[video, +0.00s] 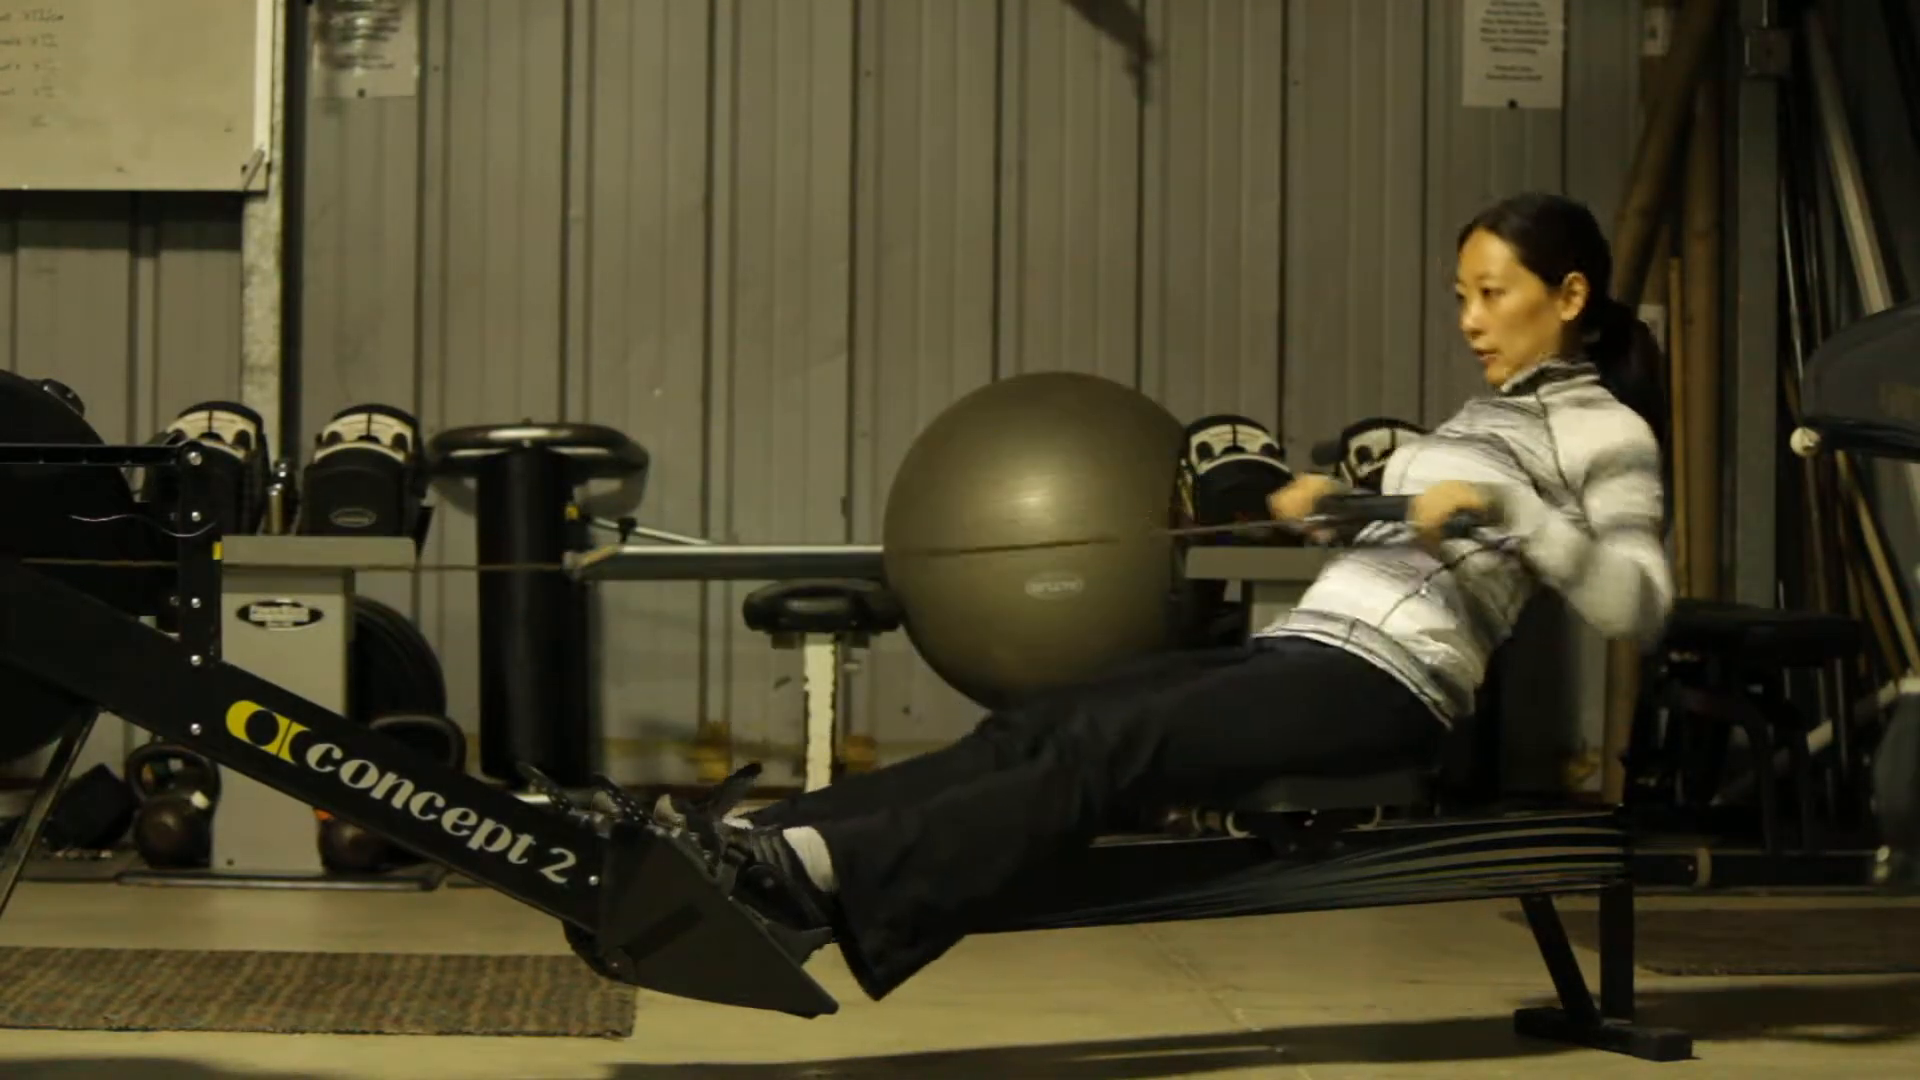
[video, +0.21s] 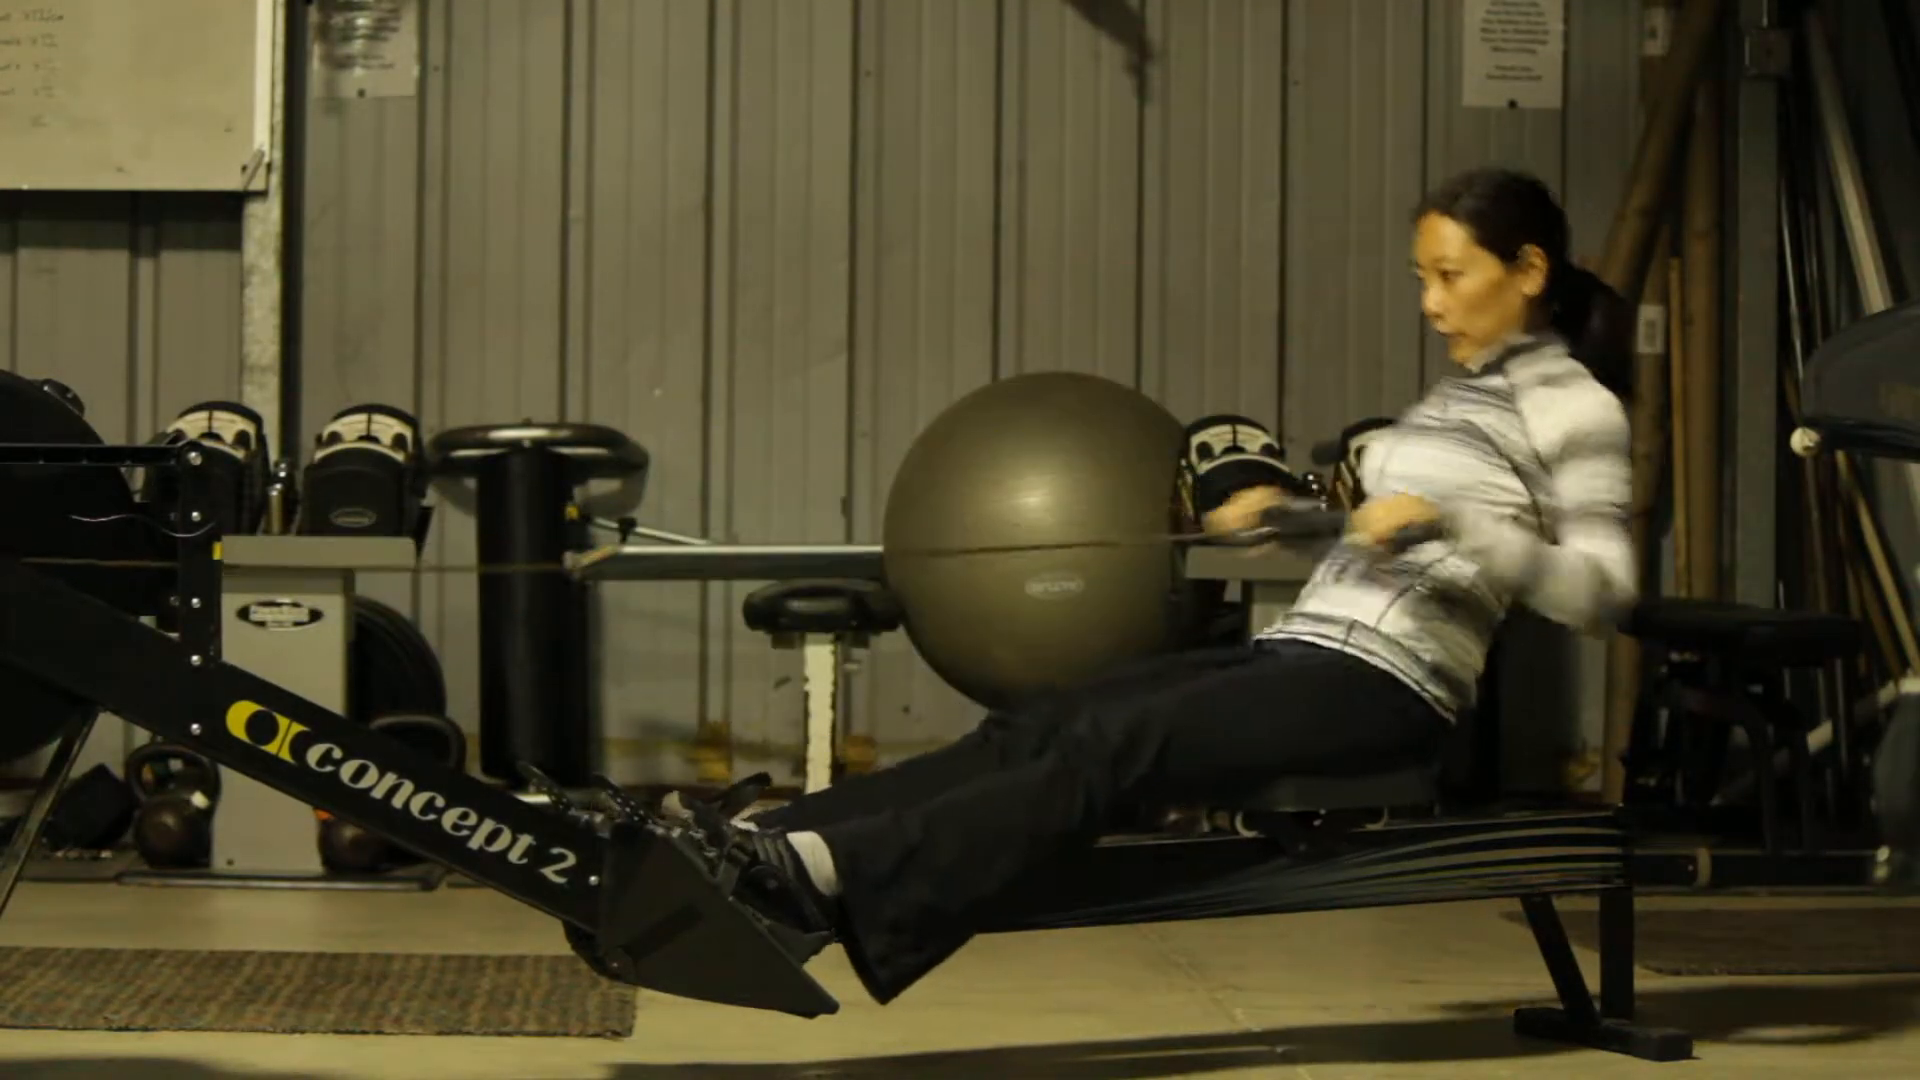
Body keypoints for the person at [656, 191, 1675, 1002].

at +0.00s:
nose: (1470, 319)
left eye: (1490, 295)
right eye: (1463, 297)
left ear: (1567, 297)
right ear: (1482, 301)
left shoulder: (1607, 429)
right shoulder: (1477, 412)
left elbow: (1636, 605)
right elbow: (1438, 532)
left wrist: (1505, 505)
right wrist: (1339, 505)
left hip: (1389, 680)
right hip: (1297, 654)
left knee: (1098, 740)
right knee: (1036, 719)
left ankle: (796, 883)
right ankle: (754, 846)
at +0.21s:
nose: (1432, 300)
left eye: (1450, 276)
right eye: (1426, 278)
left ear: (1528, 273)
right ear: (1456, 279)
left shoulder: (1575, 399)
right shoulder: (1444, 399)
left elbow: (1603, 589)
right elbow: (1395, 535)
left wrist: (1446, 519)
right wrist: (1281, 515)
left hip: (1390, 680)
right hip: (1305, 656)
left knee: (1096, 740)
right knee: (1040, 720)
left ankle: (807, 882)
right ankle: (770, 847)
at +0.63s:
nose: (1016, 225)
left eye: (1044, 197)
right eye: (1014, 202)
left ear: (1134, 203)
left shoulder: (1173, 341)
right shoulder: (1054, 342)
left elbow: (1037, 512)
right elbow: (921, 476)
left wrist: (867, 633)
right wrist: (735, 596)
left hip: (1242, 688)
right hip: (1146, 666)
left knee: (988, 629)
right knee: (935, 621)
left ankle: (836, 867)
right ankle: (771, 825)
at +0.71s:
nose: (922, 230)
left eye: (950, 202)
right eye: (922, 206)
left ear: (1039, 210)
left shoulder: (1080, 347)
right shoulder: (969, 349)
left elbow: (931, 519)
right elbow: (823, 472)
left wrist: (754, 616)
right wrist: (623, 576)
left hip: (1180, 696)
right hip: (1095, 687)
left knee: (937, 589)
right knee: (888, 589)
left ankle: (752, 833)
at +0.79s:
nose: (832, 235)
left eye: (860, 207)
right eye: (833, 210)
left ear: (946, 221)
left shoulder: (989, 354)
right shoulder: (887, 352)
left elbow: (838, 504)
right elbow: (733, 463)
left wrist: (644, 596)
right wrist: (521, 554)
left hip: (1118, 689)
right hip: (1036, 678)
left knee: (879, 575)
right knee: (818, 582)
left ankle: (795, 866)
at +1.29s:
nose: (716, 212)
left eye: (748, 187)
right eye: (722, 190)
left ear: (834, 209)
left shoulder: (883, 344)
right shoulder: (776, 347)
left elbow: (737, 514)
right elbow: (632, 480)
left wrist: (561, 620)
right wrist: (441, 585)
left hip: (981, 692)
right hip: (888, 683)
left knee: (774, 554)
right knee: (698, 561)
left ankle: (789, 862)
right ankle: (683, 835)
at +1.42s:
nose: (856, 188)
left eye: (888, 163)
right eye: (862, 164)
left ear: (978, 185)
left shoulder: (1015, 322)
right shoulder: (907, 324)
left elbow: (874, 482)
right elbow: (765, 463)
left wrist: (693, 571)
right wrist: (577, 552)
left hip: (1044, 691)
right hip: (965, 677)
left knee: (838, 567)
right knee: (747, 566)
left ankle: (777, 853)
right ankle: (687, 831)